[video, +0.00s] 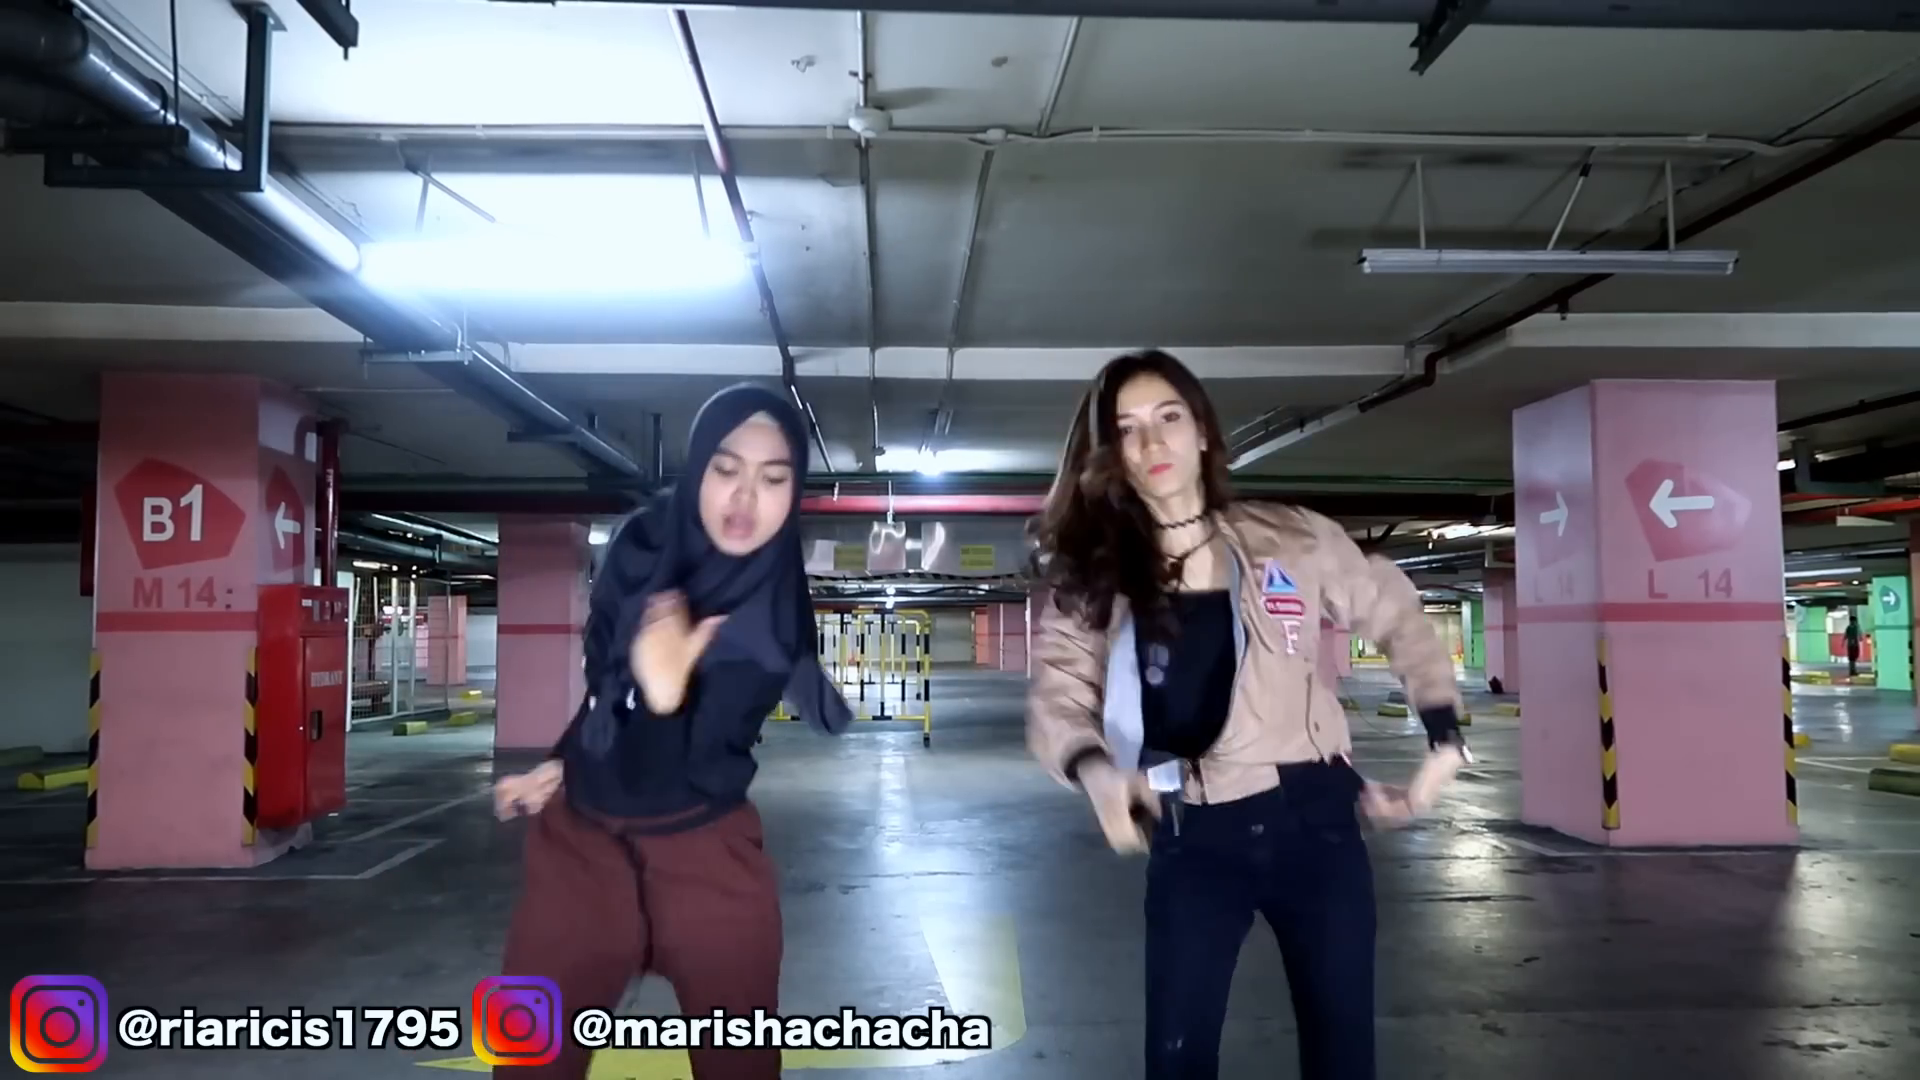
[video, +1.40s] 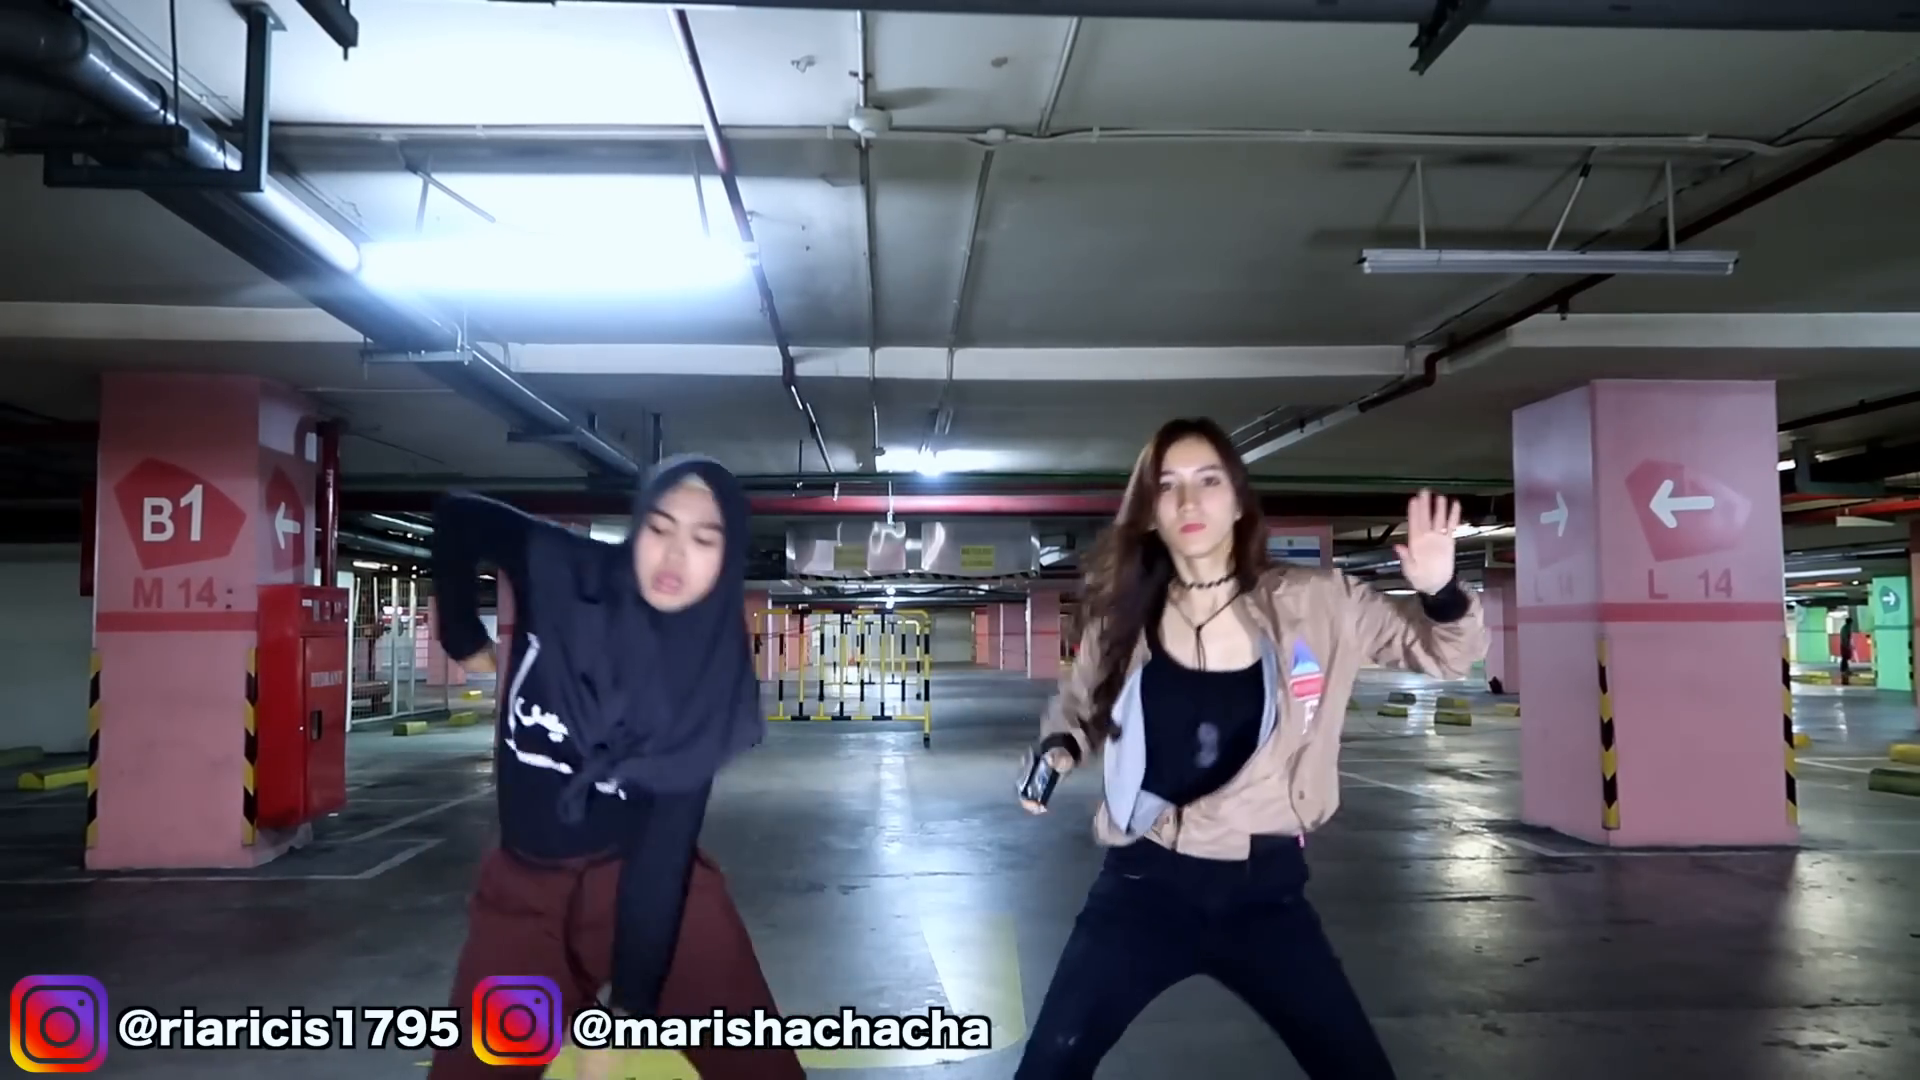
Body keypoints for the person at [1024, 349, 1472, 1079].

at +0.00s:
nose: (1152, 442)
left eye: (1169, 417)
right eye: (1129, 428)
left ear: (1203, 431)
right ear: (1109, 455)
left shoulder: (1296, 537)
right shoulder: (1095, 577)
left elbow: (1397, 613)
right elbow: (1056, 702)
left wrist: (1444, 735)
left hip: (1314, 820)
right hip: (1191, 838)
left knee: (1341, 1060)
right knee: (1176, 1060)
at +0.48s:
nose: (1242, 454)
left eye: (1263, 435)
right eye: (1221, 440)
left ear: (1294, 458)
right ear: (1198, 466)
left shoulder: (1354, 588)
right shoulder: (1149, 587)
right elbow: (1102, 698)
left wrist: (1460, 644)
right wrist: (1051, 740)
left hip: (1296, 867)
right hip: (1172, 866)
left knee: (1371, 1066)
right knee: (1116, 1060)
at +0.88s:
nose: (1182, 496)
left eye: (1203, 475)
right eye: (1162, 479)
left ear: (1234, 491)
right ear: (1141, 500)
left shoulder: (1293, 619)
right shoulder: (1100, 618)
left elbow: (1352, 722)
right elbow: (1032, 752)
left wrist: (1400, 657)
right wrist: (1019, 678)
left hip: (1232, 904)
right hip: (1106, 900)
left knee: (1333, 1068)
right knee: (1023, 1067)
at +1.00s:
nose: (1171, 506)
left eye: (1191, 487)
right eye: (1151, 490)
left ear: (1223, 507)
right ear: (1129, 512)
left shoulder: (1264, 642)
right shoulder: (1077, 623)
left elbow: (1310, 766)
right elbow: (987, 721)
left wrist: (1381, 697)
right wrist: (994, 663)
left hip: (1240, 911)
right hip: (1114, 914)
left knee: (1349, 1069)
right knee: (1030, 1070)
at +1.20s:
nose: (1144, 531)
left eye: (1166, 513)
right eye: (1126, 513)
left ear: (1195, 536)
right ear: (1104, 537)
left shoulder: (1257, 658)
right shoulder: (1065, 657)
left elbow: (1318, 779)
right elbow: (1029, 802)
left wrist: (1352, 704)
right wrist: (1010, 728)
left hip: (1210, 936)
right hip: (1083, 934)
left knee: (1323, 1074)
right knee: (1014, 1072)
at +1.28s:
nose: (1152, 534)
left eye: (1173, 515)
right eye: (1133, 516)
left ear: (1202, 532)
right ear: (1109, 539)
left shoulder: (1281, 632)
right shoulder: (1096, 655)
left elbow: (1384, 725)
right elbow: (1077, 826)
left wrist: (1390, 642)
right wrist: (1050, 770)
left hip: (1225, 928)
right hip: (1101, 921)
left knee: (1317, 1074)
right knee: (1018, 1070)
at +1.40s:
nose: (1188, 499)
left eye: (1207, 480)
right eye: (1168, 486)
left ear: (1239, 498)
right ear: (1148, 511)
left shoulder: (1318, 600)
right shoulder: (1122, 614)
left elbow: (1449, 657)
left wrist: (1441, 593)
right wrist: (1055, 755)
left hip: (1265, 896)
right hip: (1138, 891)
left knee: (1362, 1071)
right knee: (1049, 1064)